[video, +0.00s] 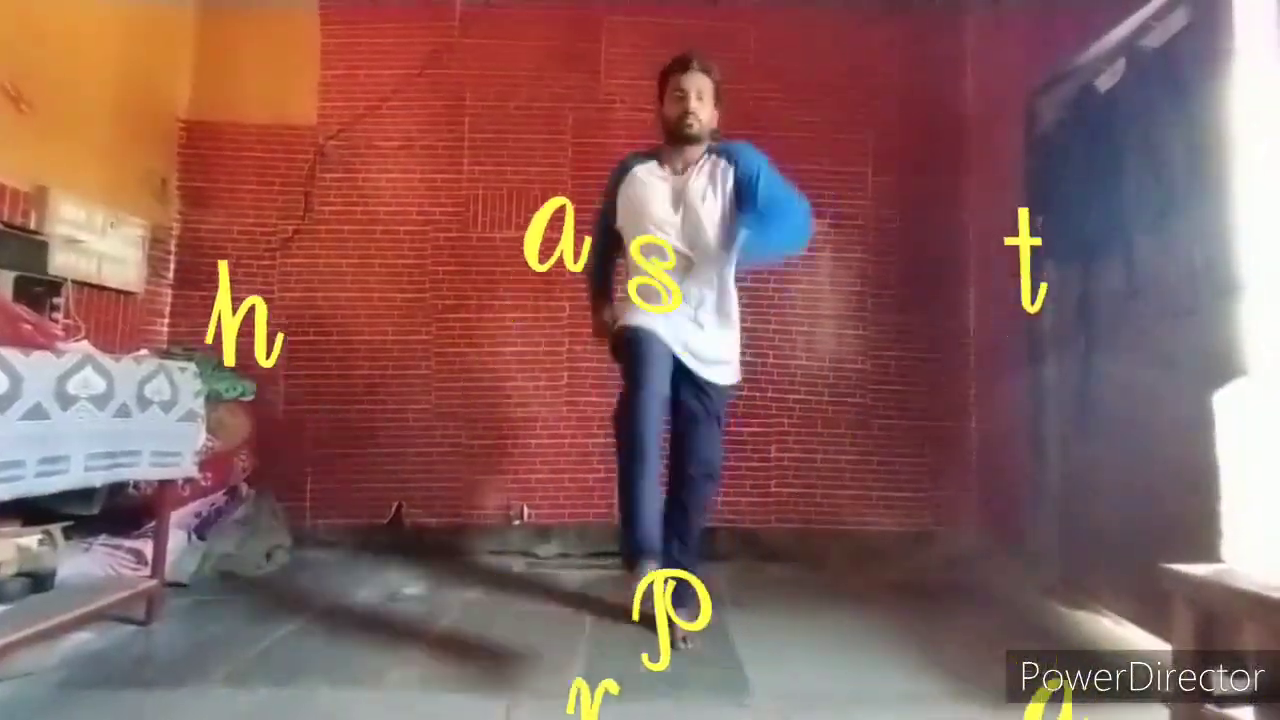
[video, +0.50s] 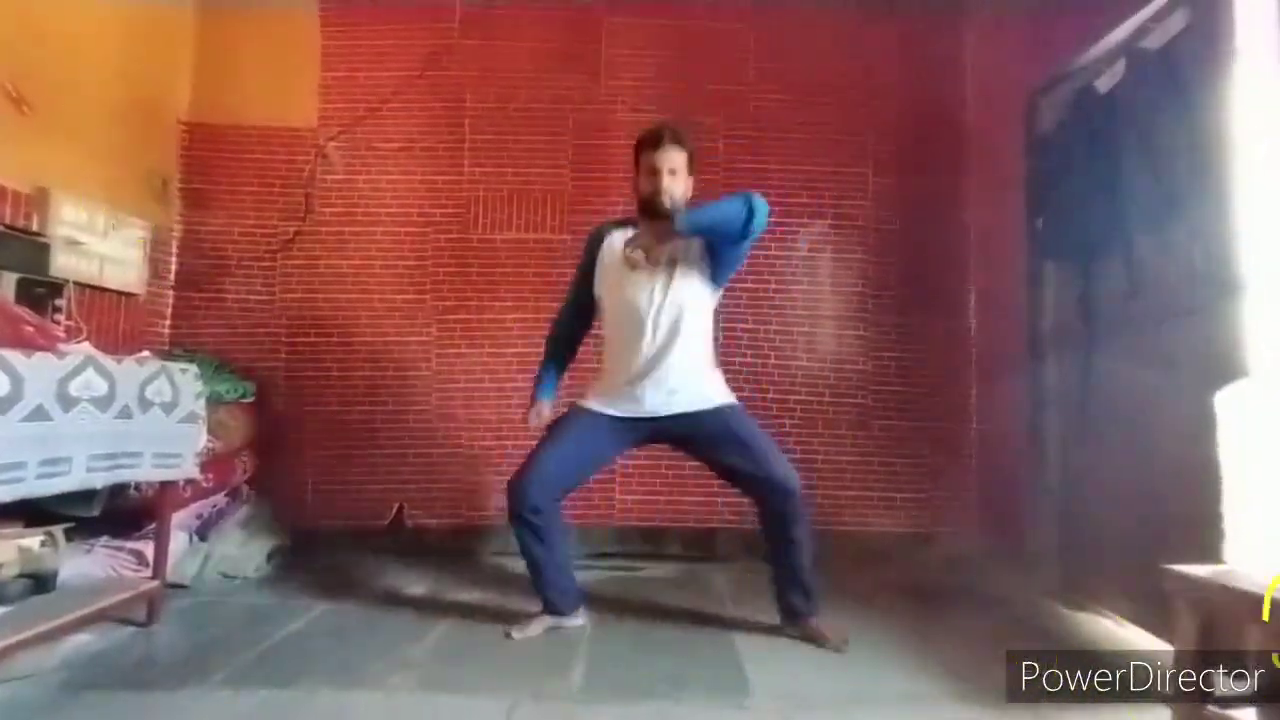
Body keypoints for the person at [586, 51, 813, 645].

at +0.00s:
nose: (689, 106)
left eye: (700, 96)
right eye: (678, 96)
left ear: (716, 107)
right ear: (661, 105)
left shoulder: (739, 164)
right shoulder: (632, 173)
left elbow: (796, 222)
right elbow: (604, 244)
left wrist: (743, 242)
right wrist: (602, 301)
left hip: (710, 326)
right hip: (646, 313)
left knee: (701, 462)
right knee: (644, 410)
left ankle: (681, 576)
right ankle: (643, 557)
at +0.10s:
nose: (680, 113)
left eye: (691, 104)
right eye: (669, 103)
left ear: (707, 115)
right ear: (654, 113)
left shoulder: (737, 190)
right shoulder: (634, 191)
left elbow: (753, 277)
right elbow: (618, 269)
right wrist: (605, 337)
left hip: (703, 338)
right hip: (639, 326)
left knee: (695, 472)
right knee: (647, 402)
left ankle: (674, 602)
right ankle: (652, 527)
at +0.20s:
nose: (677, 110)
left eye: (688, 100)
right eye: (667, 99)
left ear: (705, 111)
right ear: (652, 108)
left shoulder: (733, 184)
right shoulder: (626, 187)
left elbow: (764, 261)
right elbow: (607, 267)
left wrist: (704, 309)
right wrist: (597, 334)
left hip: (704, 346)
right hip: (635, 339)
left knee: (702, 473)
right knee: (631, 435)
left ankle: (681, 598)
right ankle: (643, 526)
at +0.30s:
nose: (675, 110)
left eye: (686, 101)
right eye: (665, 100)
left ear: (701, 111)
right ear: (648, 108)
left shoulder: (727, 173)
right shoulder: (617, 181)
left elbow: (771, 224)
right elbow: (589, 259)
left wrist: (712, 244)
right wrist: (578, 330)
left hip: (703, 346)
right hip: (626, 347)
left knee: (750, 452)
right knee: (602, 458)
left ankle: (721, 582)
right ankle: (595, 564)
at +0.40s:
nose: (669, 146)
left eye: (679, 136)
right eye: (659, 135)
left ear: (696, 143)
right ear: (645, 140)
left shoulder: (714, 207)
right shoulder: (612, 207)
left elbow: (764, 195)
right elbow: (577, 281)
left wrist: (697, 211)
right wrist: (563, 351)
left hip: (705, 383)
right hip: (621, 384)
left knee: (776, 472)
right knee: (559, 484)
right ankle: (566, 609)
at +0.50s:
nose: (663, 185)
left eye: (674, 173)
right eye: (652, 173)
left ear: (691, 180)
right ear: (637, 178)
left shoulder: (711, 250)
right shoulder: (607, 243)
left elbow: (752, 209)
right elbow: (574, 317)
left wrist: (676, 227)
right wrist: (546, 386)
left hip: (699, 405)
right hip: (613, 407)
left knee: (783, 487)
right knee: (530, 492)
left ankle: (800, 613)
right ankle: (563, 608)